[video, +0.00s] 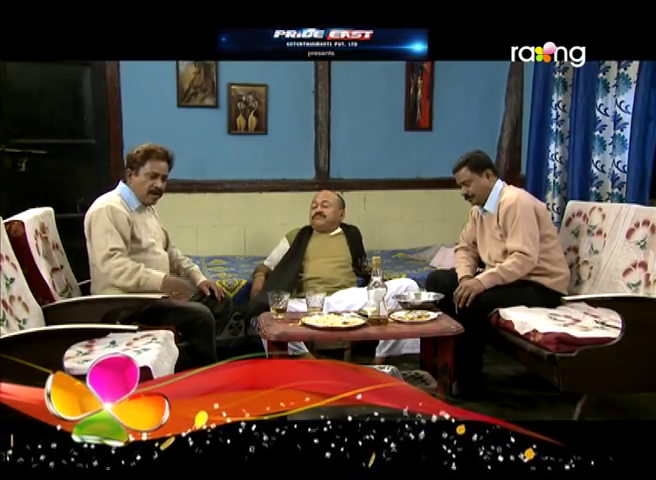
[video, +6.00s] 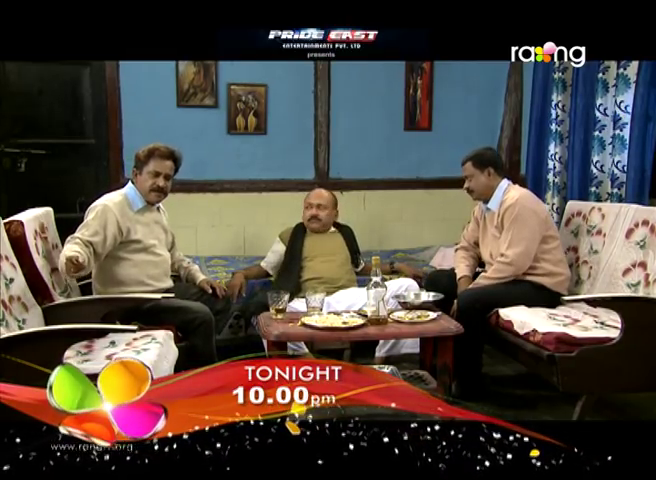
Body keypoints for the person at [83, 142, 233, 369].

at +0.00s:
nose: (159, 185)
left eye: (163, 179)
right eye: (152, 177)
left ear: (168, 181)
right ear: (131, 175)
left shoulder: (146, 211)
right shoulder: (107, 209)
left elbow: (170, 253)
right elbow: (113, 268)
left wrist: (199, 279)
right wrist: (163, 282)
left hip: (153, 300)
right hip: (125, 307)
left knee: (218, 302)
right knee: (200, 317)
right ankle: (205, 387)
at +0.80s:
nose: (175, 188)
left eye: (179, 182)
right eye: (168, 180)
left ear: (181, 184)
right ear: (146, 177)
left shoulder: (156, 213)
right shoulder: (121, 209)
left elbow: (175, 258)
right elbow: (137, 260)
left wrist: (201, 281)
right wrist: (163, 244)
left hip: (158, 295)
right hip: (127, 304)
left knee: (219, 304)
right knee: (201, 318)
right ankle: (204, 385)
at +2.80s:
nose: (180, 190)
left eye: (185, 184)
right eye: (174, 181)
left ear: (188, 186)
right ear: (153, 177)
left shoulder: (159, 214)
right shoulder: (128, 208)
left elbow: (179, 258)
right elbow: (146, 262)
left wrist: (202, 283)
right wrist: (167, 241)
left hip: (156, 296)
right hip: (127, 305)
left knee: (218, 303)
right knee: (201, 319)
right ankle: (203, 386)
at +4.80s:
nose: (159, 178)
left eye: (162, 173)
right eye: (151, 171)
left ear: (164, 178)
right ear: (129, 175)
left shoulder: (144, 210)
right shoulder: (110, 203)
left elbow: (170, 256)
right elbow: (121, 240)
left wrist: (199, 280)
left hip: (157, 293)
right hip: (126, 301)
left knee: (218, 302)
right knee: (201, 317)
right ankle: (203, 383)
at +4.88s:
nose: (160, 177)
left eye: (163, 173)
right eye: (152, 170)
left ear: (166, 177)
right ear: (131, 175)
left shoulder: (146, 211)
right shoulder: (112, 202)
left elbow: (168, 255)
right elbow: (112, 226)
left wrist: (199, 280)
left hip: (159, 293)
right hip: (126, 302)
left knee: (218, 302)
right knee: (201, 318)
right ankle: (204, 382)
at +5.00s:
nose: (159, 182)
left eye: (164, 177)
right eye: (152, 174)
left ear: (168, 181)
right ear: (132, 175)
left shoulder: (151, 213)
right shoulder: (108, 206)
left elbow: (172, 256)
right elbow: (86, 237)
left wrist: (200, 280)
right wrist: (62, 235)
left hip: (161, 295)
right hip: (127, 304)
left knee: (219, 303)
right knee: (199, 318)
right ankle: (203, 383)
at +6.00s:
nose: (161, 183)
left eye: (167, 178)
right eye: (155, 175)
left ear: (172, 182)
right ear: (136, 175)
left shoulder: (158, 211)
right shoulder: (110, 207)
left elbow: (172, 256)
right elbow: (83, 242)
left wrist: (200, 278)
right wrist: (74, 258)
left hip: (163, 295)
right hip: (128, 304)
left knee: (220, 301)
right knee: (200, 318)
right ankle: (205, 386)